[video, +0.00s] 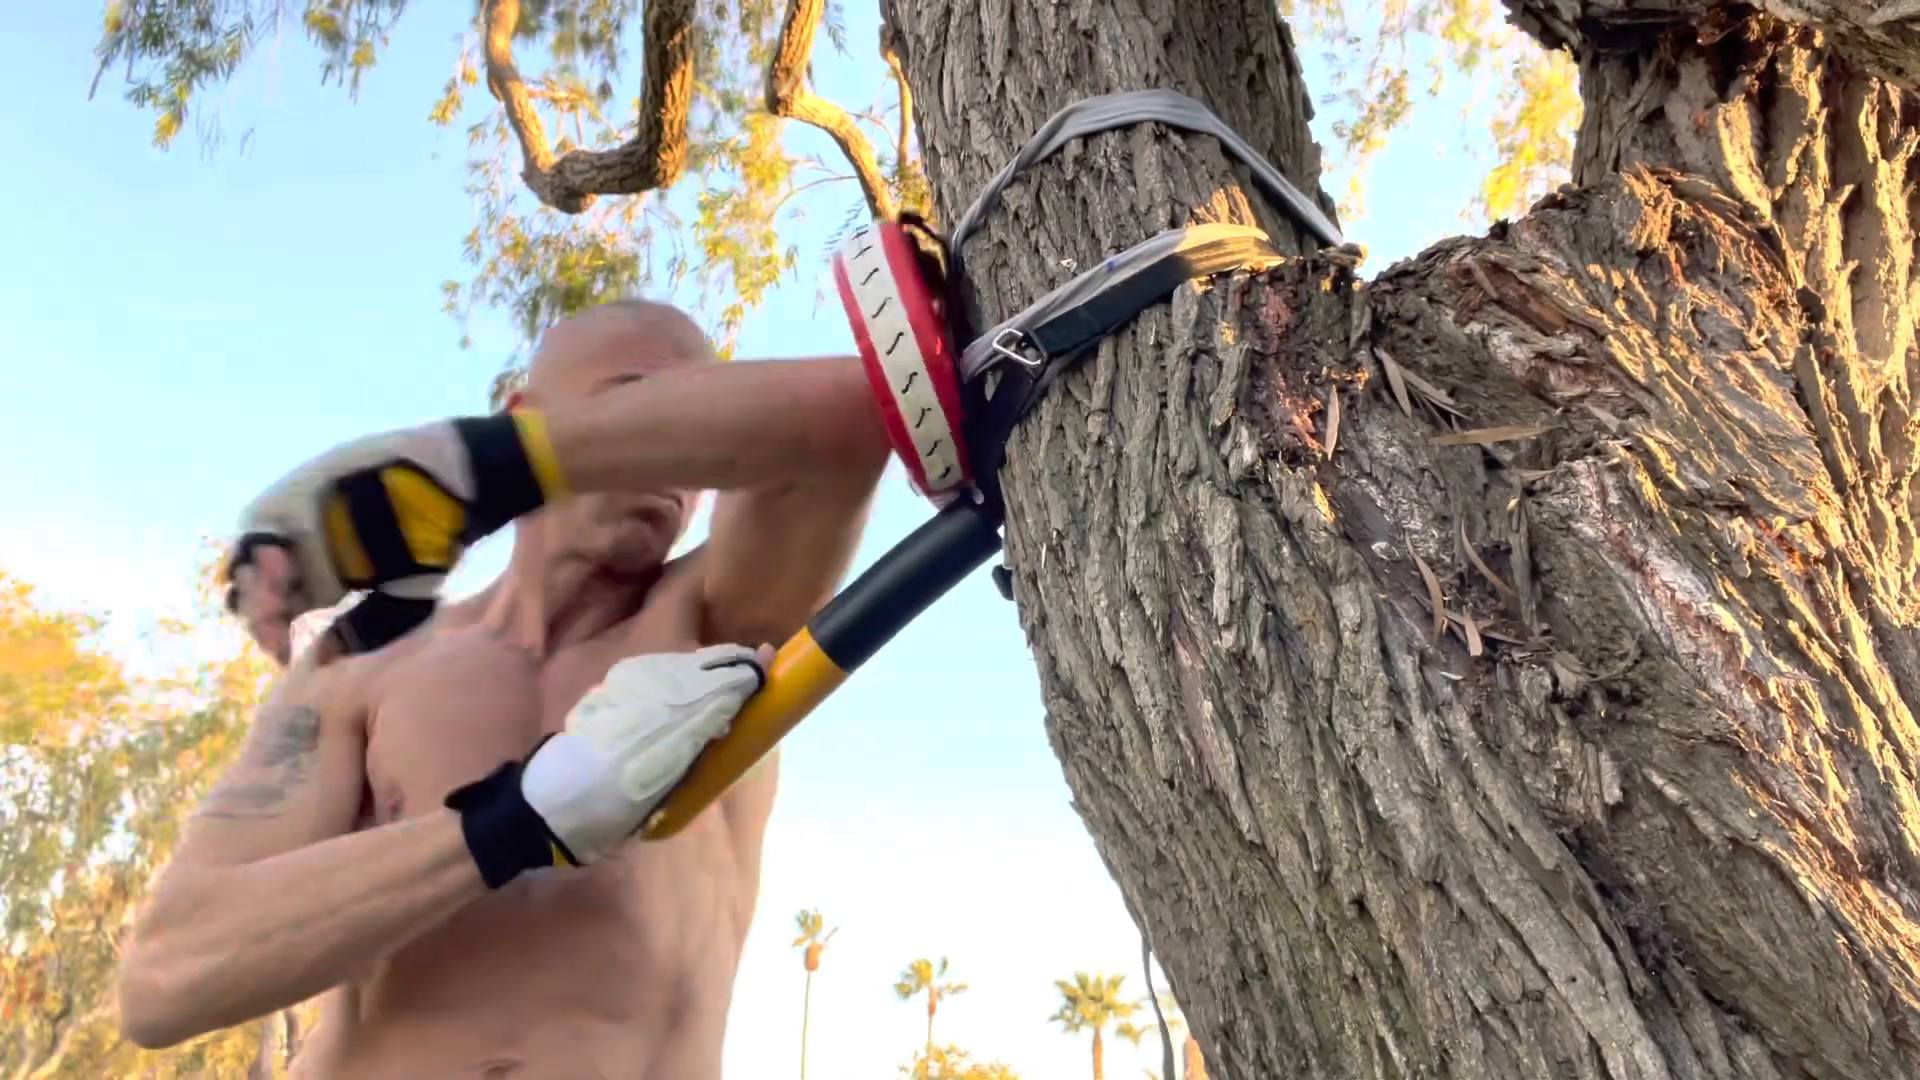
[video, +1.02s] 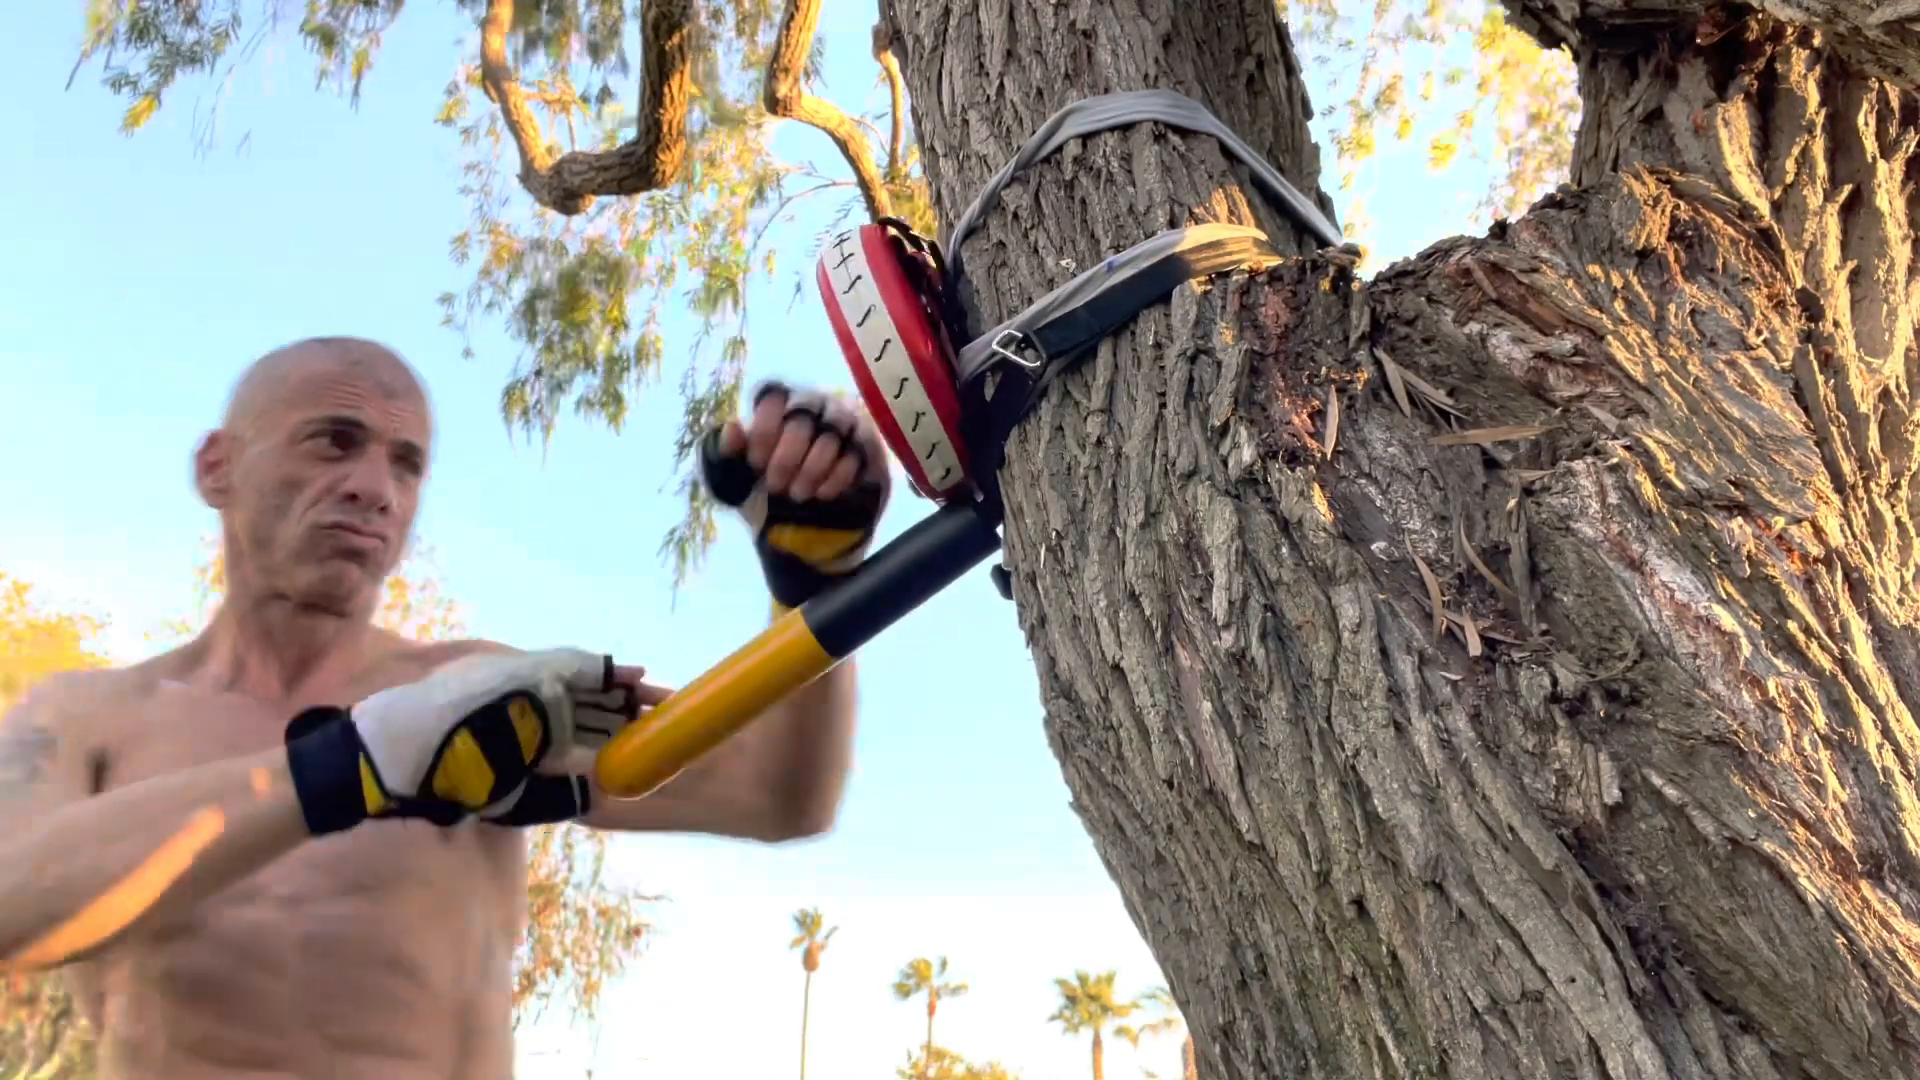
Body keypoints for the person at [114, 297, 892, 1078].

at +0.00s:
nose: (668, 452)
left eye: (693, 413)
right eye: (624, 398)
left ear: (715, 456)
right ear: (520, 414)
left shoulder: (712, 622)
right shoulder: (351, 682)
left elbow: (854, 410)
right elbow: (159, 981)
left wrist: (489, 457)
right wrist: (520, 820)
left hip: (622, 1060)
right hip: (368, 1064)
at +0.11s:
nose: (652, 447)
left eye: (679, 430)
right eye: (617, 405)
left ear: (697, 475)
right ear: (511, 435)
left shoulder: (695, 644)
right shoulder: (350, 669)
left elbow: (843, 484)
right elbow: (142, 984)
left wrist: (468, 448)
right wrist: (504, 826)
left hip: (622, 1053)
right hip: (367, 1054)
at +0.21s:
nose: (585, 495)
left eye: (613, 472)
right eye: (546, 448)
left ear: (628, 514)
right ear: (459, 459)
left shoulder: (630, 693)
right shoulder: (278, 675)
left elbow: (882, 667)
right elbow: (87, 1009)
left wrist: (641, 461)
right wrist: (447, 806)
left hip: (557, 1058)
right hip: (303, 1061)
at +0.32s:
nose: (537, 496)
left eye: (565, 477)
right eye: (501, 451)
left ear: (572, 520)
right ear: (386, 472)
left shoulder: (566, 712)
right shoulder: (202, 672)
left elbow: (809, 847)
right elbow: (57, 1005)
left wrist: (784, 599)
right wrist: (350, 755)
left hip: (489, 1064)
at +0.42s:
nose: (436, 498)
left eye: (465, 470)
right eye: (402, 448)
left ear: (485, 501)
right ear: (279, 466)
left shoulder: (453, 718)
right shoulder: (107, 660)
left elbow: (694, 976)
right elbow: (135, 908)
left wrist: (565, 806)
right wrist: (429, 629)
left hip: (402, 1062)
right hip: (160, 1065)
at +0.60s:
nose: (355, 492)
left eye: (383, 472)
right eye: (315, 443)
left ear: (389, 515)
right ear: (191, 459)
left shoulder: (412, 687)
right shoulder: (42, 671)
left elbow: (680, 692)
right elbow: (50, 965)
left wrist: (858, 498)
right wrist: (435, 843)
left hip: (354, 1060)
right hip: (125, 1062)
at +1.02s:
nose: (375, 485)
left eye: (405, 465)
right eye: (334, 440)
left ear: (419, 510)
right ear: (217, 470)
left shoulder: (476, 691)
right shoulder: (74, 716)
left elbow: (781, 796)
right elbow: (17, 921)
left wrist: (811, 574)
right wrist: (350, 765)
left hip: (437, 1056)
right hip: (173, 1063)